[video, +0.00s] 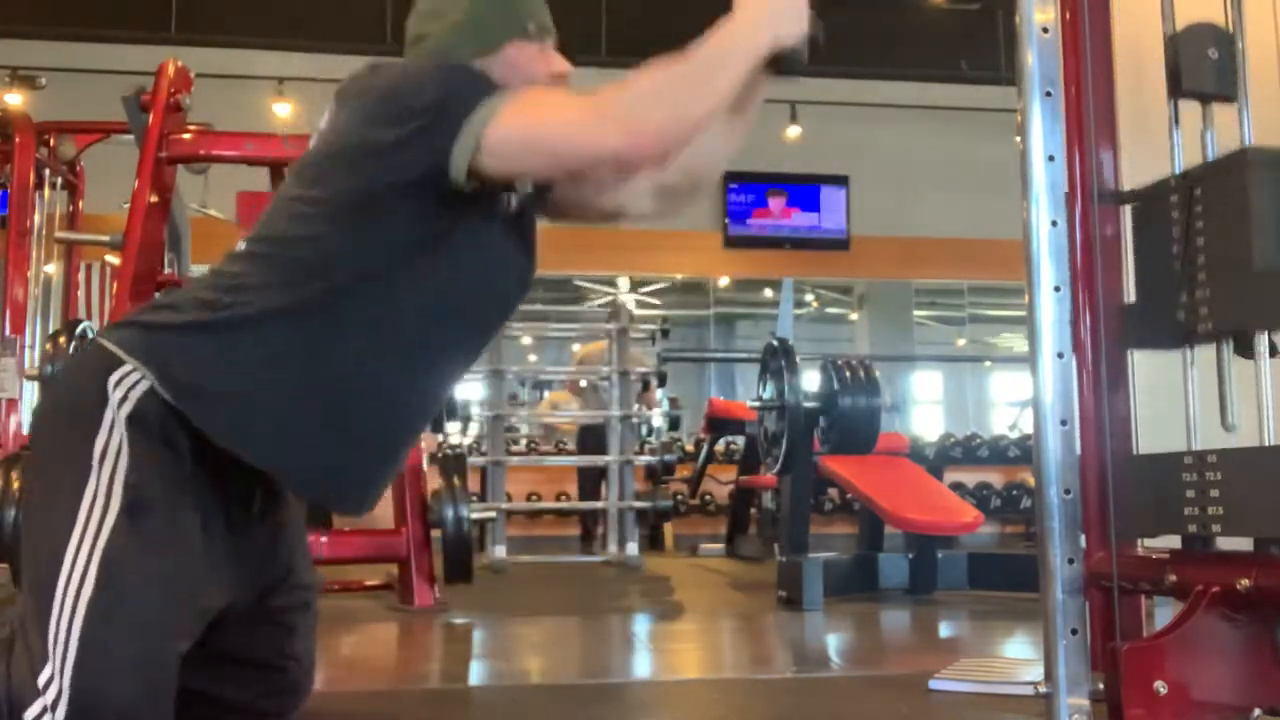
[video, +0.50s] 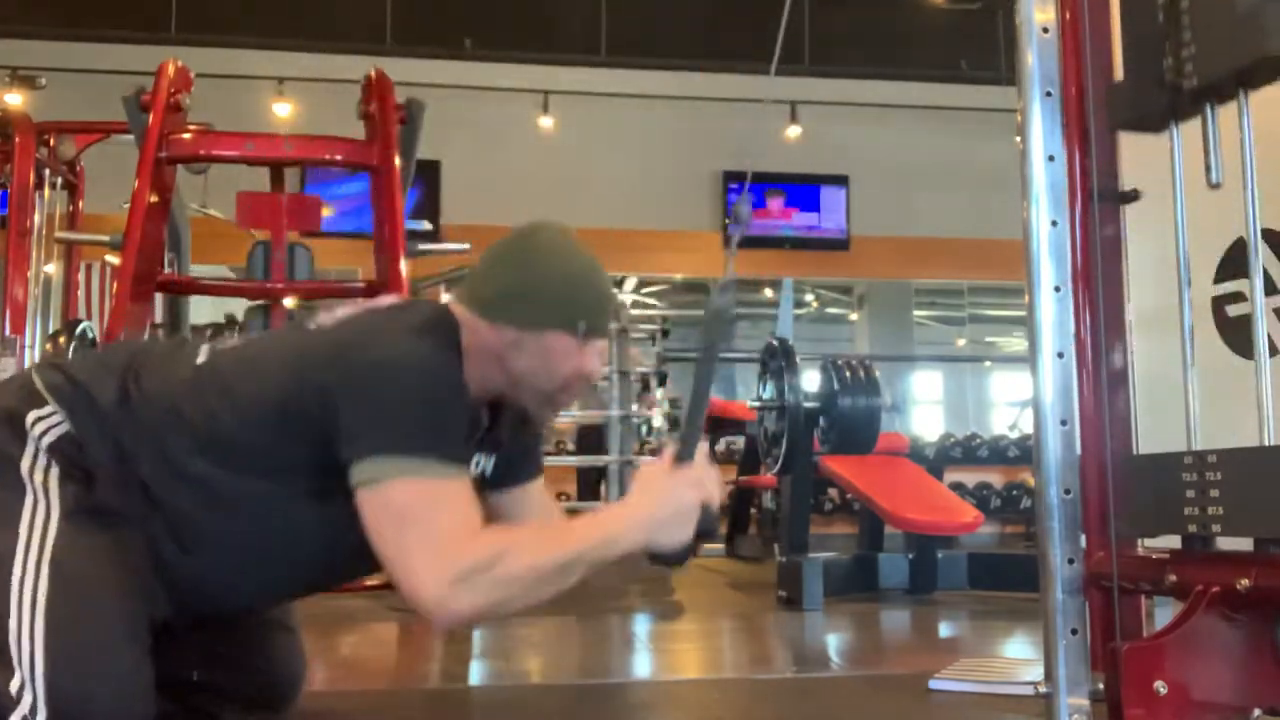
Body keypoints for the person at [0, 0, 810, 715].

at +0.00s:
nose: (561, 65)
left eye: (558, 49)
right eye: (543, 44)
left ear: (496, 58)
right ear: (480, 47)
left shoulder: (499, 175)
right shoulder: (412, 97)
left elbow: (652, 181)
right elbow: (622, 134)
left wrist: (751, 71)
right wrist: (751, 26)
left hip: (257, 485)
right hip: (144, 423)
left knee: (256, 694)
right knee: (79, 701)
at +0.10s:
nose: (582, 125)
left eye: (578, 102)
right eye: (566, 101)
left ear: (495, 105)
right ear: (505, 98)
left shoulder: (488, 209)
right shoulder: (421, 148)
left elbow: (651, 267)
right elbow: (615, 231)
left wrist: (751, 164)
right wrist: (746, 125)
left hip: (233, 502)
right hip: (126, 434)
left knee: (258, 688)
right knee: (79, 702)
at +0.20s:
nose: (592, 185)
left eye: (590, 162)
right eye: (575, 160)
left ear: (524, 167)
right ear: (506, 159)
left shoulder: (511, 263)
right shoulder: (421, 199)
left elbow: (647, 357)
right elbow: (592, 337)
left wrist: (734, 266)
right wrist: (725, 234)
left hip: (229, 527)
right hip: (106, 453)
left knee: (260, 688)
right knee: (78, 697)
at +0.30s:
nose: (601, 250)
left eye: (601, 225)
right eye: (584, 223)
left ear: (529, 228)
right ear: (509, 220)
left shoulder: (517, 319)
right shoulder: (420, 254)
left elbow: (606, 442)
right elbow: (540, 433)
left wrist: (701, 365)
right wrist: (701, 341)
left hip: (215, 520)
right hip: (97, 455)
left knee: (260, 686)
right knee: (77, 699)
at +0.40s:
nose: (602, 308)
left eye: (604, 286)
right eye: (594, 284)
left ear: (535, 282)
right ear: (532, 279)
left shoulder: (514, 356)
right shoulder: (412, 312)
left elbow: (556, 498)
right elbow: (493, 519)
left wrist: (669, 452)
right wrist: (669, 442)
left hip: (204, 512)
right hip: (85, 450)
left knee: (259, 687)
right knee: (81, 702)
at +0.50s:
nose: (596, 364)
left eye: (599, 343)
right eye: (586, 338)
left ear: (519, 329)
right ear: (521, 325)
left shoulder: (502, 408)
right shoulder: (402, 363)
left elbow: (529, 558)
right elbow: (448, 586)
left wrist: (641, 526)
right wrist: (634, 520)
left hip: (182, 505)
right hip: (75, 444)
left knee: (260, 674)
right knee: (82, 701)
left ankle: (77, 661)